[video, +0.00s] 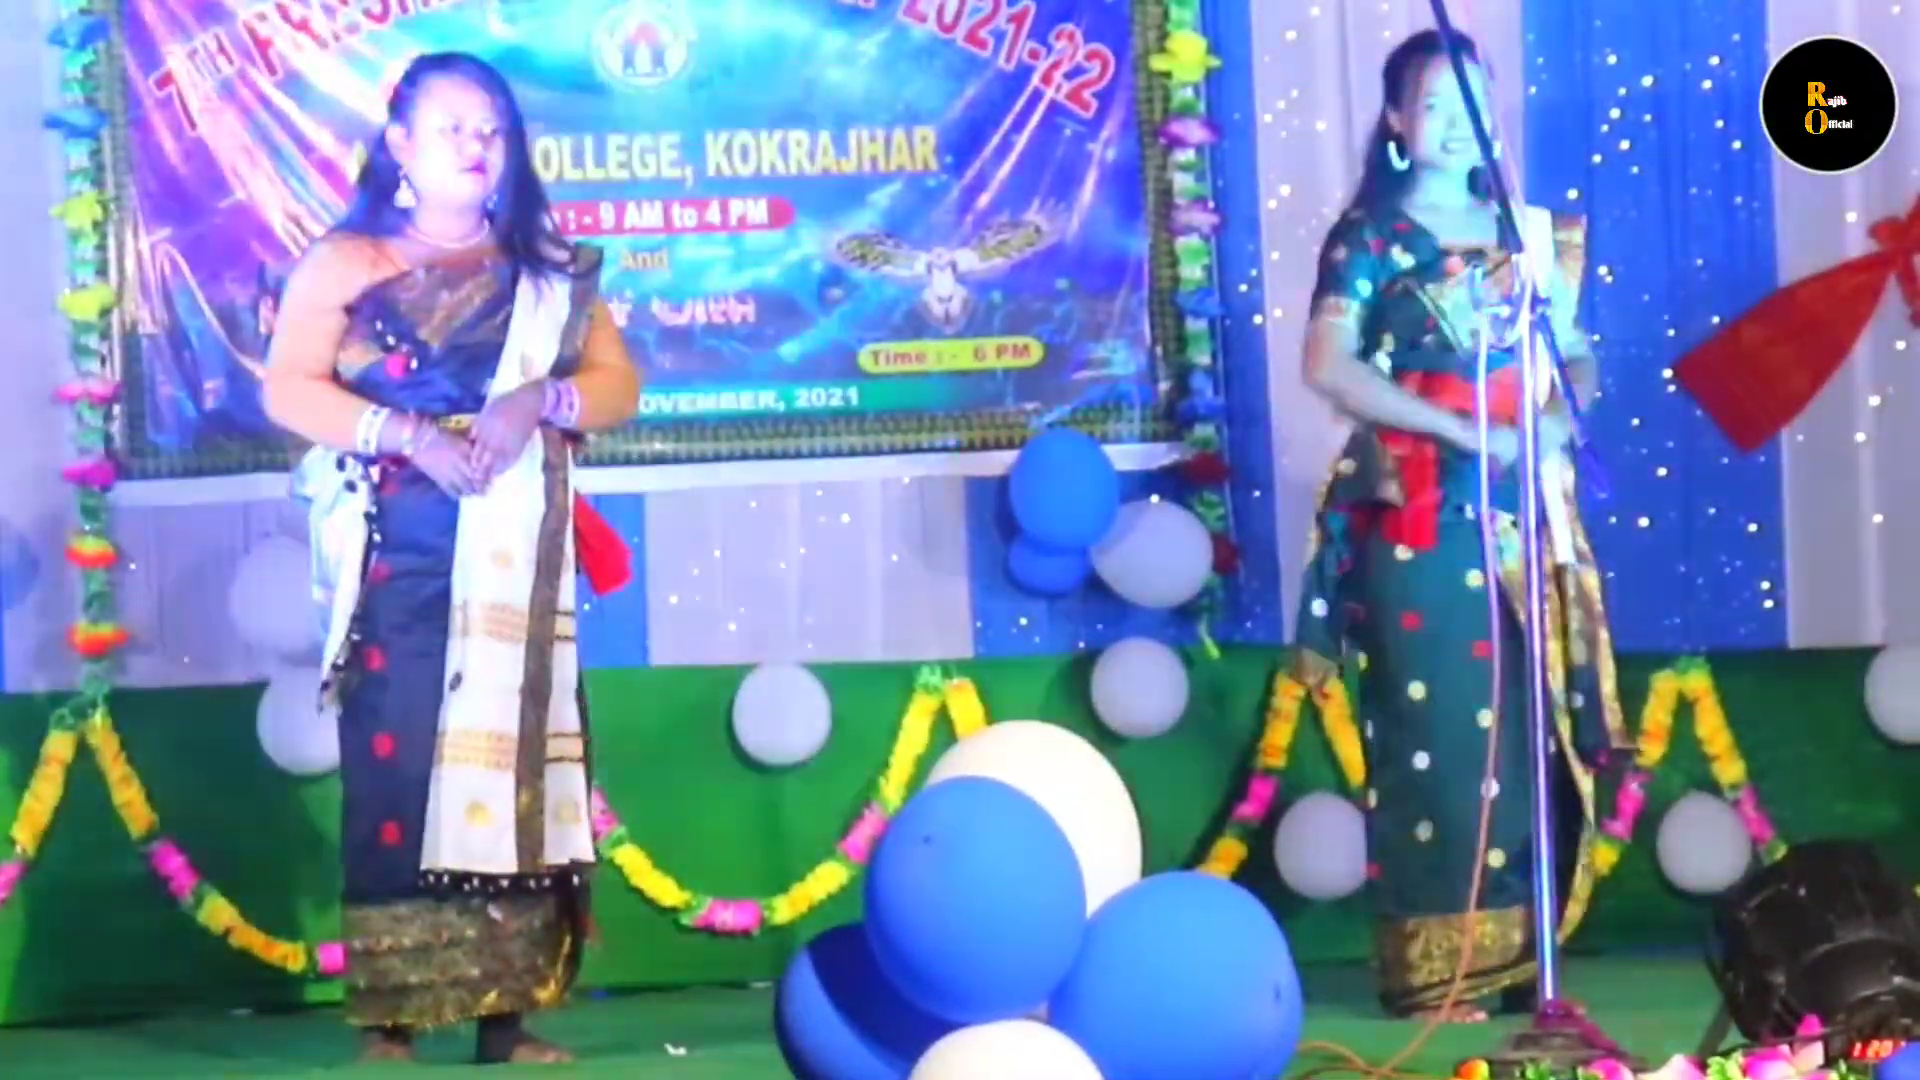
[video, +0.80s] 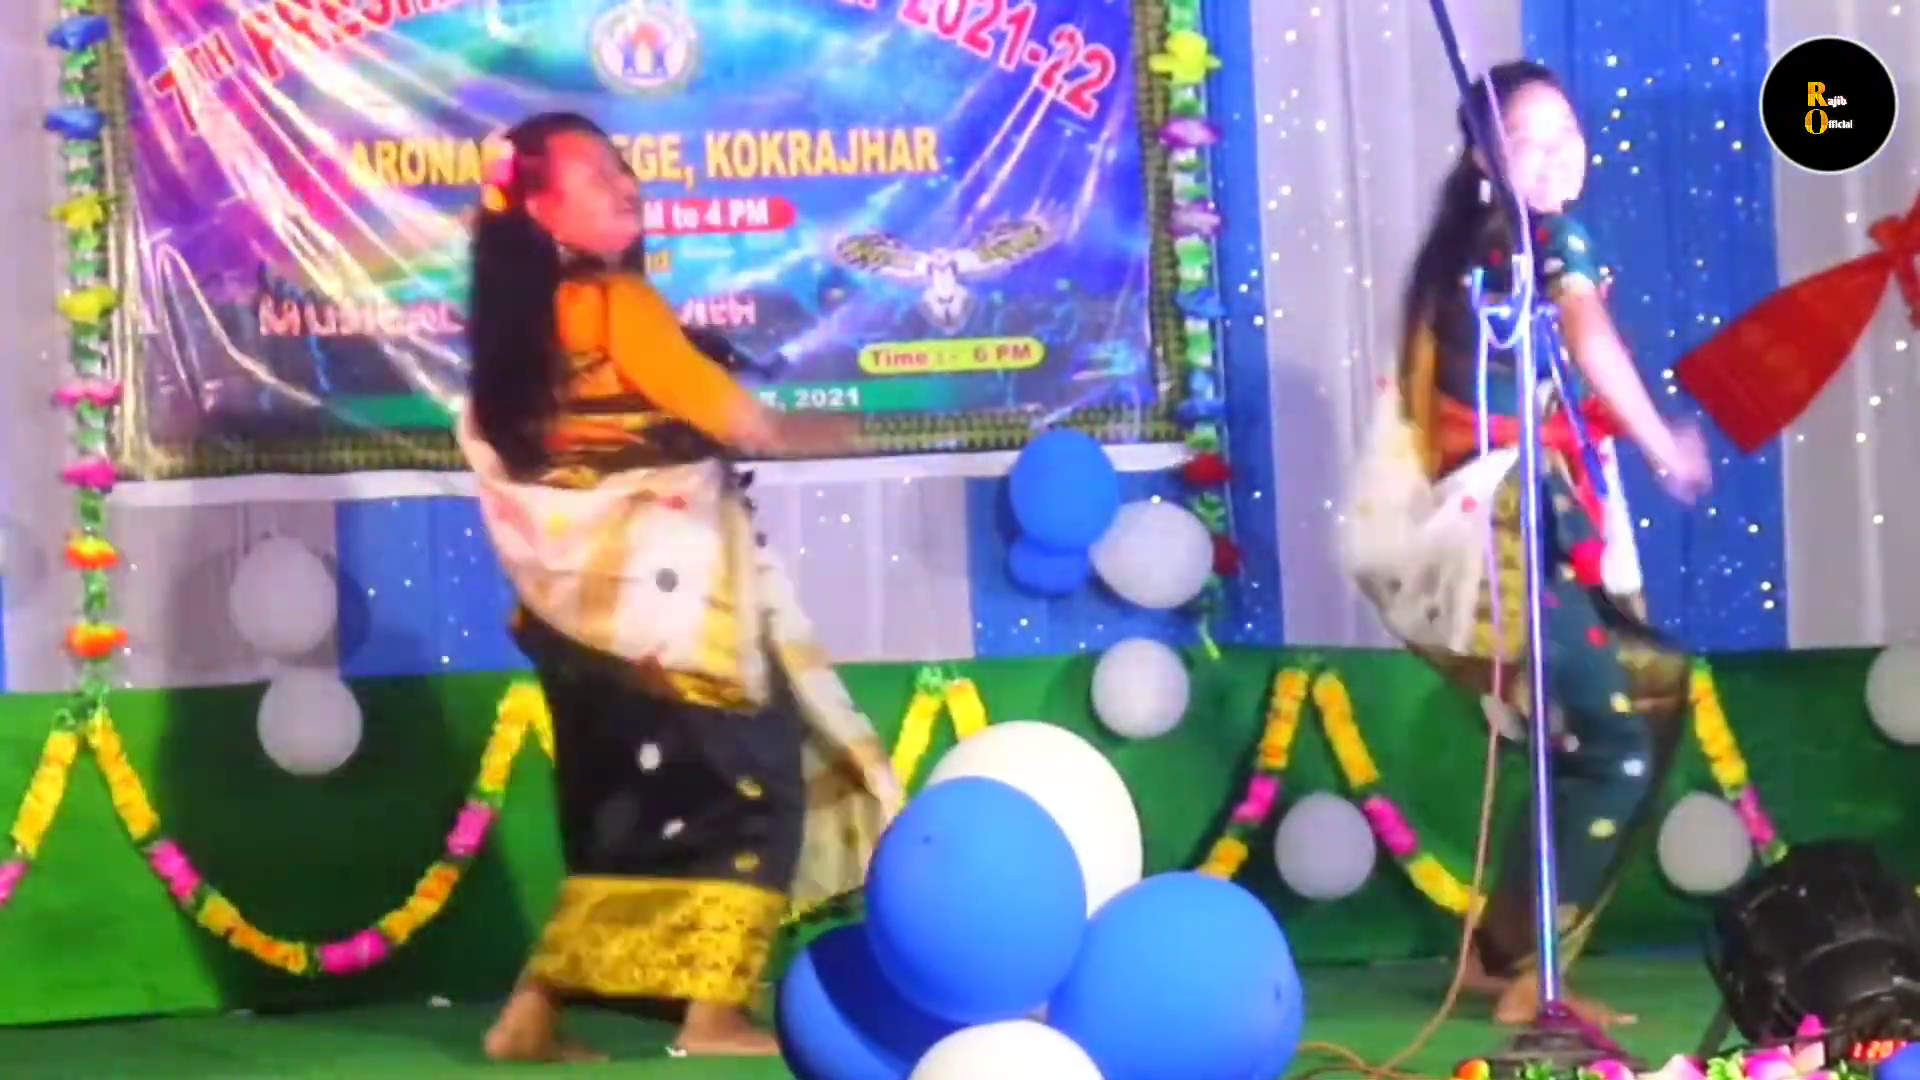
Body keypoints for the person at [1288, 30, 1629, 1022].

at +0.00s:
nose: (1454, 122)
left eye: (1469, 104)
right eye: (1434, 104)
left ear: (1490, 114)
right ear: (1397, 117)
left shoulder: (1522, 228)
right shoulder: (1370, 235)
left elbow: (1568, 387)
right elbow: (1331, 368)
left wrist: (1562, 323)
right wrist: (1463, 429)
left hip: (1524, 515)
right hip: (1421, 517)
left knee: (1533, 728)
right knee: (1438, 730)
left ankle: (1525, 963)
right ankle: (1434, 967)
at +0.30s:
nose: (1466, 131)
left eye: (1481, 111)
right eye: (1446, 112)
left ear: (1504, 119)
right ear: (1413, 125)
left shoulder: (1520, 234)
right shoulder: (1401, 235)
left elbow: (1548, 372)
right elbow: (1367, 385)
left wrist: (1550, 434)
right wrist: (1478, 459)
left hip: (1516, 512)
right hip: (1432, 515)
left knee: (1520, 727)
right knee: (1438, 729)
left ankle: (1512, 955)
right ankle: (1428, 963)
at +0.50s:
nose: (1503, 139)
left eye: (1510, 119)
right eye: (1478, 125)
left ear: (1530, 129)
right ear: (1441, 145)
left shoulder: (1525, 248)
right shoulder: (1448, 244)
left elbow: (1536, 390)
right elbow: (1441, 391)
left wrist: (1609, 446)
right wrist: (1549, 435)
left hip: (1513, 529)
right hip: (1460, 531)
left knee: (1563, 727)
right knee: (1554, 727)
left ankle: (1451, 907)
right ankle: (1477, 929)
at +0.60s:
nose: (1524, 113)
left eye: (1529, 93)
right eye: (1502, 101)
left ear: (1541, 99)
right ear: (1459, 122)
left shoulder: (1535, 210)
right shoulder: (1457, 207)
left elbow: (1626, 332)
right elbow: (1491, 330)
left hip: (1544, 505)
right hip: (1480, 508)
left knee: (1536, 712)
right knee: (1571, 699)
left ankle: (1496, 944)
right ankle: (1487, 930)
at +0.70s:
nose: (1539, 129)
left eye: (1543, 109)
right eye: (1516, 114)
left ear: (1551, 113)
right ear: (1469, 130)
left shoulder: (1522, 226)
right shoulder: (1462, 228)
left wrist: (1596, 296)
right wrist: (1593, 306)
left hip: (1549, 531)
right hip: (1495, 542)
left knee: (1567, 739)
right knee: (1564, 740)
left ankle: (1513, 959)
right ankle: (1502, 964)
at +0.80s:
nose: (1570, 156)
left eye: (1570, 137)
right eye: (1548, 142)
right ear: (1501, 155)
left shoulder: (1453, 255)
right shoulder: (1541, 240)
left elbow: (1423, 419)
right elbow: (1592, 348)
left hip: (1453, 563)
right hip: (1505, 564)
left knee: (1579, 739)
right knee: (1616, 752)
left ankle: (1500, 943)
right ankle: (1531, 983)